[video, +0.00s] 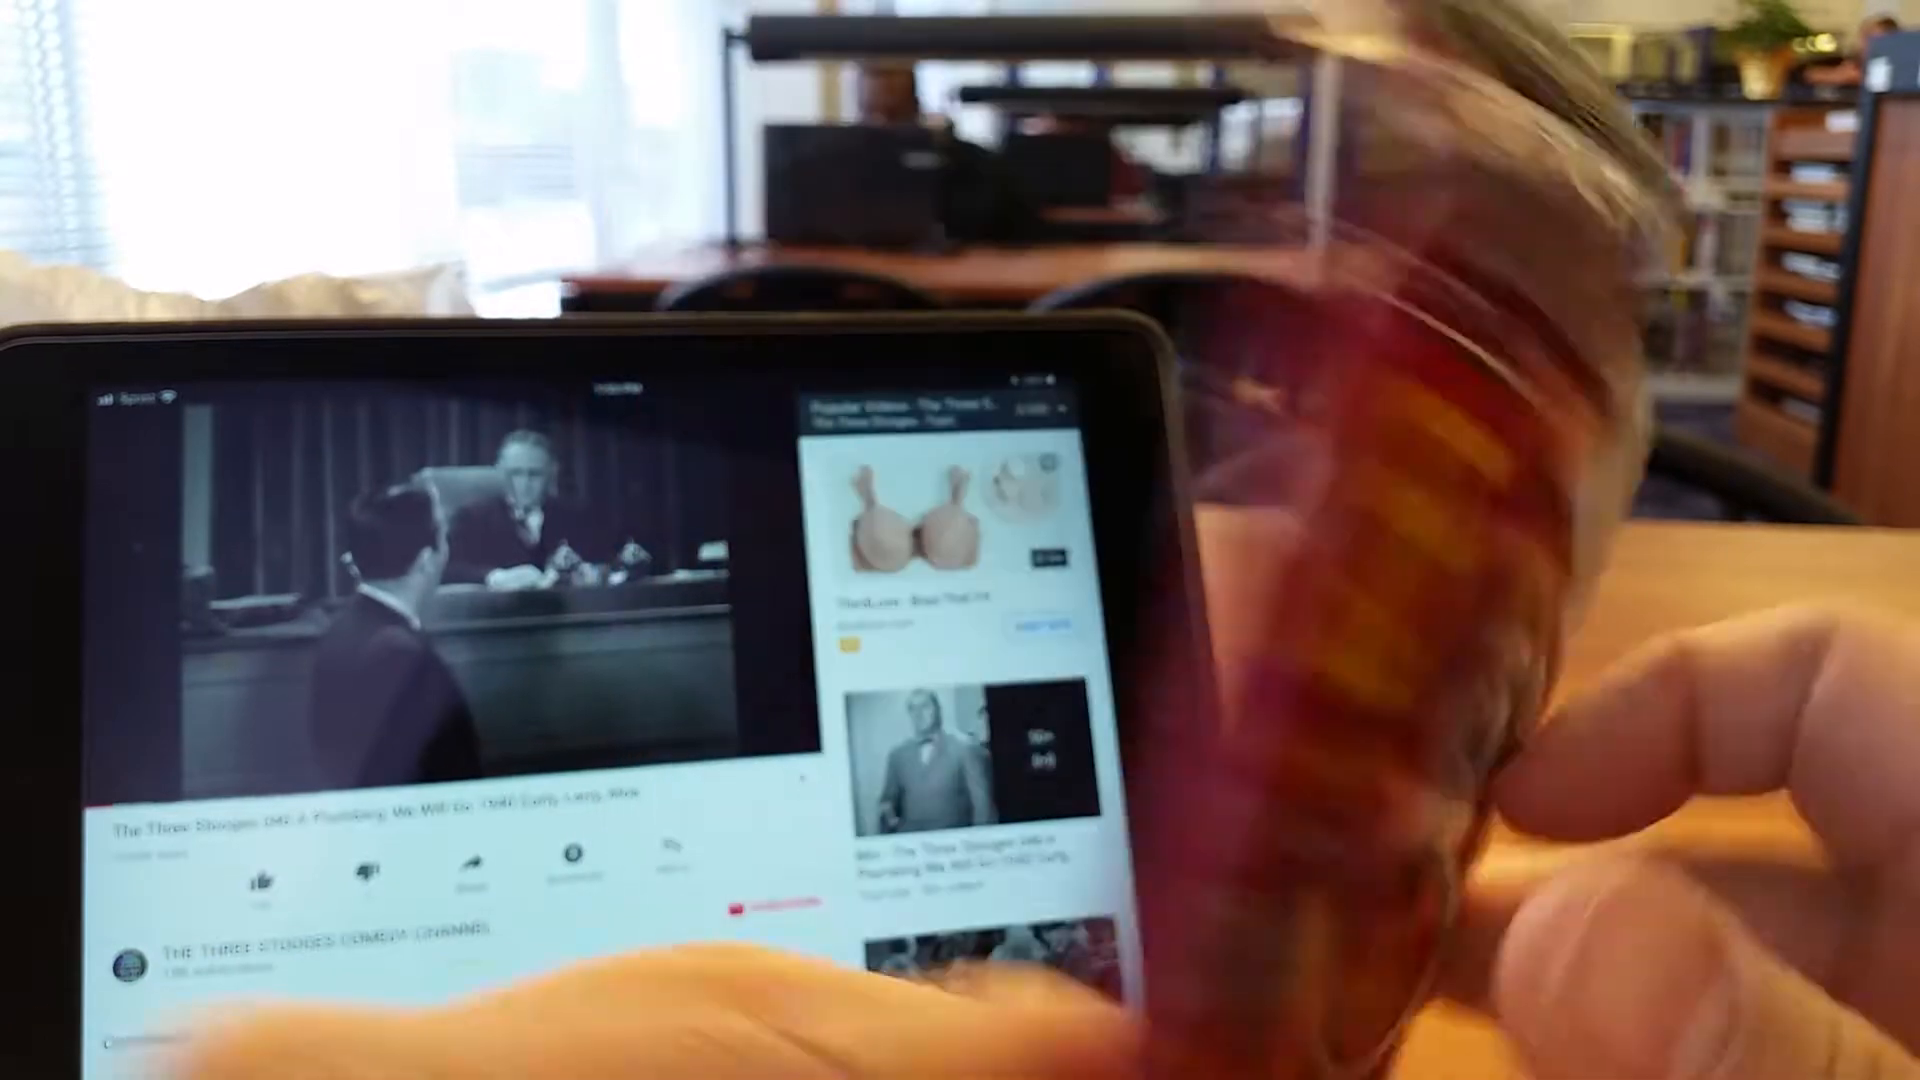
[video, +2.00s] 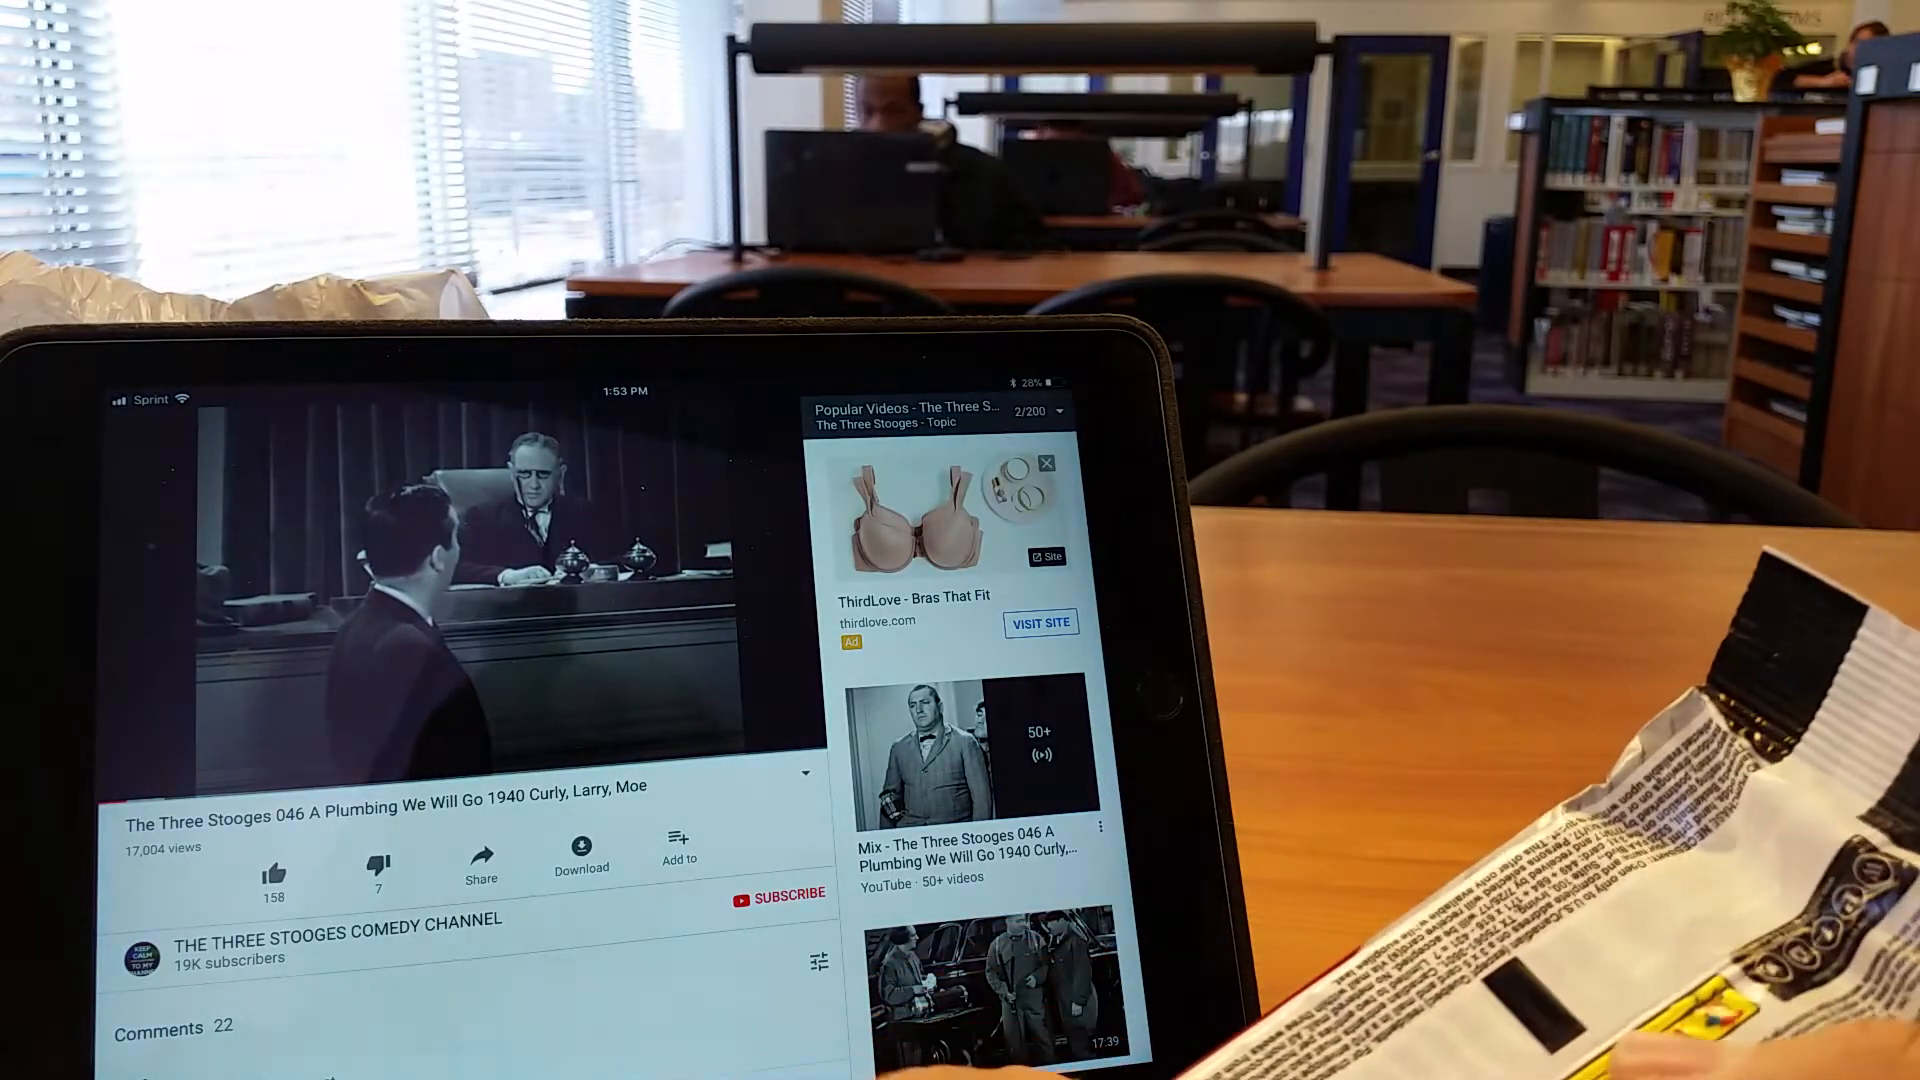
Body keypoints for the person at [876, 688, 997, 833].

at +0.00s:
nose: (920, 714)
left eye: (925, 707)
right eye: (914, 709)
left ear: (937, 710)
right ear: (909, 714)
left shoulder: (962, 750)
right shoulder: (899, 755)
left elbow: (980, 799)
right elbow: (888, 797)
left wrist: (981, 837)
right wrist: (890, 816)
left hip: (954, 837)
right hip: (910, 840)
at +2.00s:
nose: (919, 709)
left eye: (925, 703)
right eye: (913, 705)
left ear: (939, 706)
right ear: (909, 711)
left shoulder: (964, 742)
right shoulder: (899, 749)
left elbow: (981, 795)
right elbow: (891, 795)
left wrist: (979, 835)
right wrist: (886, 840)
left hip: (956, 831)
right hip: (910, 836)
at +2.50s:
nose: (919, 710)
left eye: (925, 703)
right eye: (913, 705)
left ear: (939, 707)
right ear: (909, 711)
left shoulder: (964, 742)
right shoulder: (899, 748)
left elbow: (981, 795)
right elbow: (890, 795)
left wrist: (979, 835)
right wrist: (886, 840)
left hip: (956, 831)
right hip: (910, 836)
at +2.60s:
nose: (919, 709)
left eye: (925, 702)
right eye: (913, 705)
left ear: (939, 706)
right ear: (909, 711)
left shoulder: (964, 742)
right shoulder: (899, 749)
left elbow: (981, 796)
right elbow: (892, 792)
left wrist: (979, 835)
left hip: (958, 833)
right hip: (916, 836)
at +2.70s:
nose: (919, 710)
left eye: (925, 703)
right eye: (913, 705)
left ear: (939, 707)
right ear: (910, 711)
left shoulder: (964, 742)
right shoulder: (899, 749)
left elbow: (981, 796)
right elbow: (893, 799)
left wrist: (977, 837)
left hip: (960, 833)